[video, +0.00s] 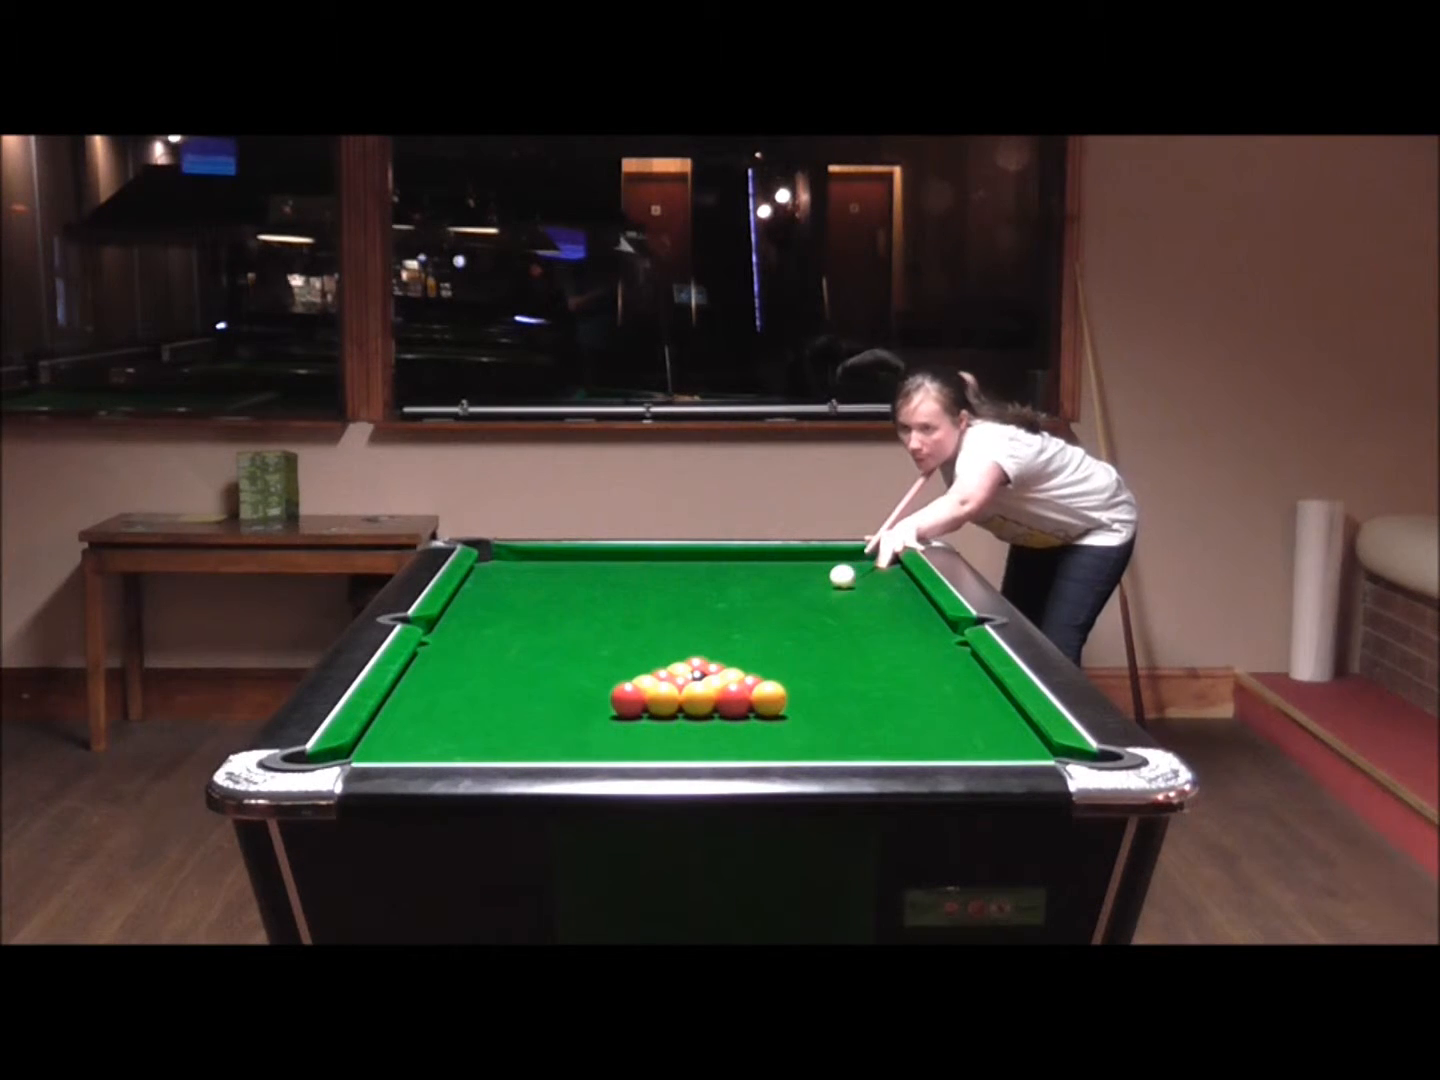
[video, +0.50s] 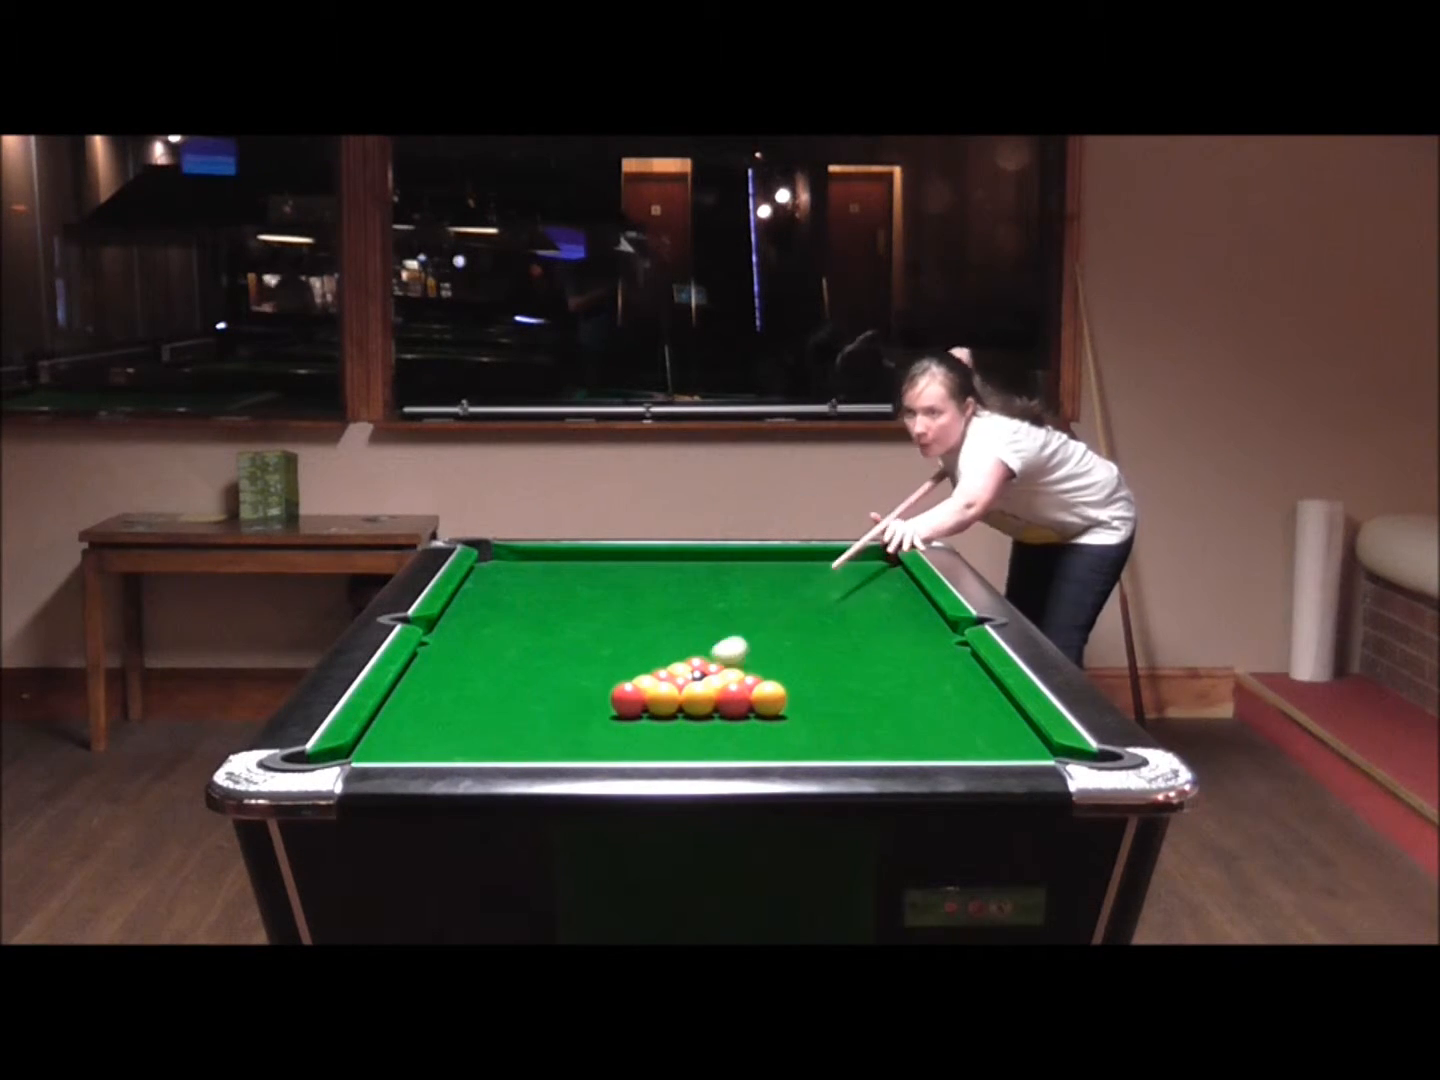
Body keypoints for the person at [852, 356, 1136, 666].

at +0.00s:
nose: (914, 444)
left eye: (928, 429)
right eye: (906, 430)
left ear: (961, 421)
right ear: (898, 428)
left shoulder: (985, 446)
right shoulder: (951, 440)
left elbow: (964, 503)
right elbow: (965, 383)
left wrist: (909, 529)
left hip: (1098, 528)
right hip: (1036, 533)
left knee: (1054, 648)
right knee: (1009, 639)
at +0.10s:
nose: (913, 443)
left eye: (927, 428)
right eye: (905, 429)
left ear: (960, 420)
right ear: (897, 426)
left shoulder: (984, 446)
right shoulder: (950, 440)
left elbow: (964, 502)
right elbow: (965, 382)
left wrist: (909, 528)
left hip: (1097, 528)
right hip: (1036, 533)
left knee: (1054, 648)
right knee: (1009, 639)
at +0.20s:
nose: (912, 443)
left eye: (926, 428)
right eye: (904, 430)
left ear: (960, 422)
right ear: (896, 429)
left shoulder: (985, 448)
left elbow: (962, 505)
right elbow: (958, 369)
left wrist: (909, 529)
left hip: (1097, 528)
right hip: (1035, 533)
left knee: (1054, 648)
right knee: (1008, 637)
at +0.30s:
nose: (912, 443)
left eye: (926, 429)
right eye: (905, 429)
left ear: (960, 422)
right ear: (897, 427)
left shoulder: (983, 452)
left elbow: (962, 506)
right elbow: (956, 349)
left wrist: (909, 530)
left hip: (1097, 526)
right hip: (1037, 530)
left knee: (1054, 647)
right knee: (1008, 637)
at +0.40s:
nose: (914, 434)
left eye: (928, 420)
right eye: (906, 420)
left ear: (962, 415)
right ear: (898, 419)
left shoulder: (986, 449)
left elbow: (962, 508)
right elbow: (960, 356)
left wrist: (909, 528)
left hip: (1097, 524)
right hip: (1038, 528)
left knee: (1056, 646)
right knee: (1014, 636)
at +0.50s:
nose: (918, 428)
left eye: (932, 413)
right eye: (910, 414)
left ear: (967, 409)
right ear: (901, 414)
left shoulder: (991, 441)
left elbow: (969, 505)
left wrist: (914, 529)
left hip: (1096, 525)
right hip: (1037, 529)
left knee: (1057, 649)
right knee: (1015, 638)